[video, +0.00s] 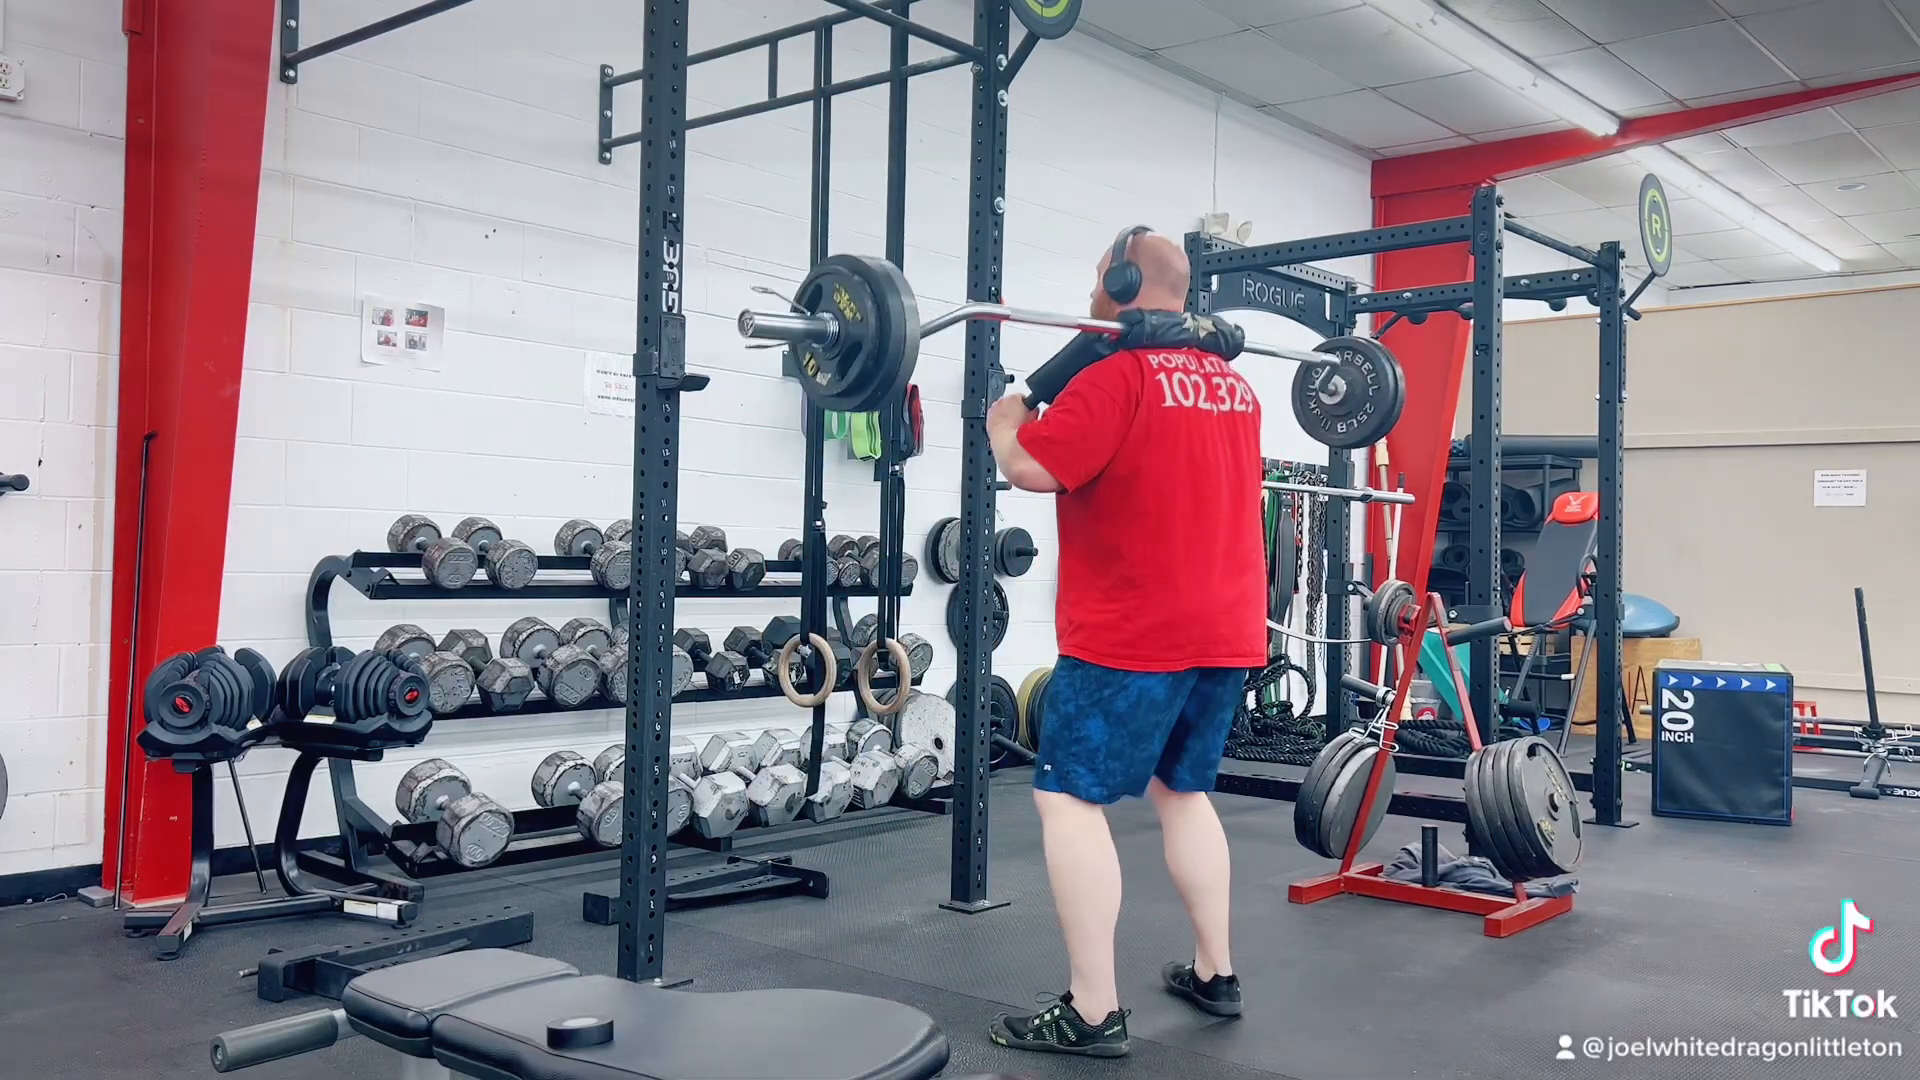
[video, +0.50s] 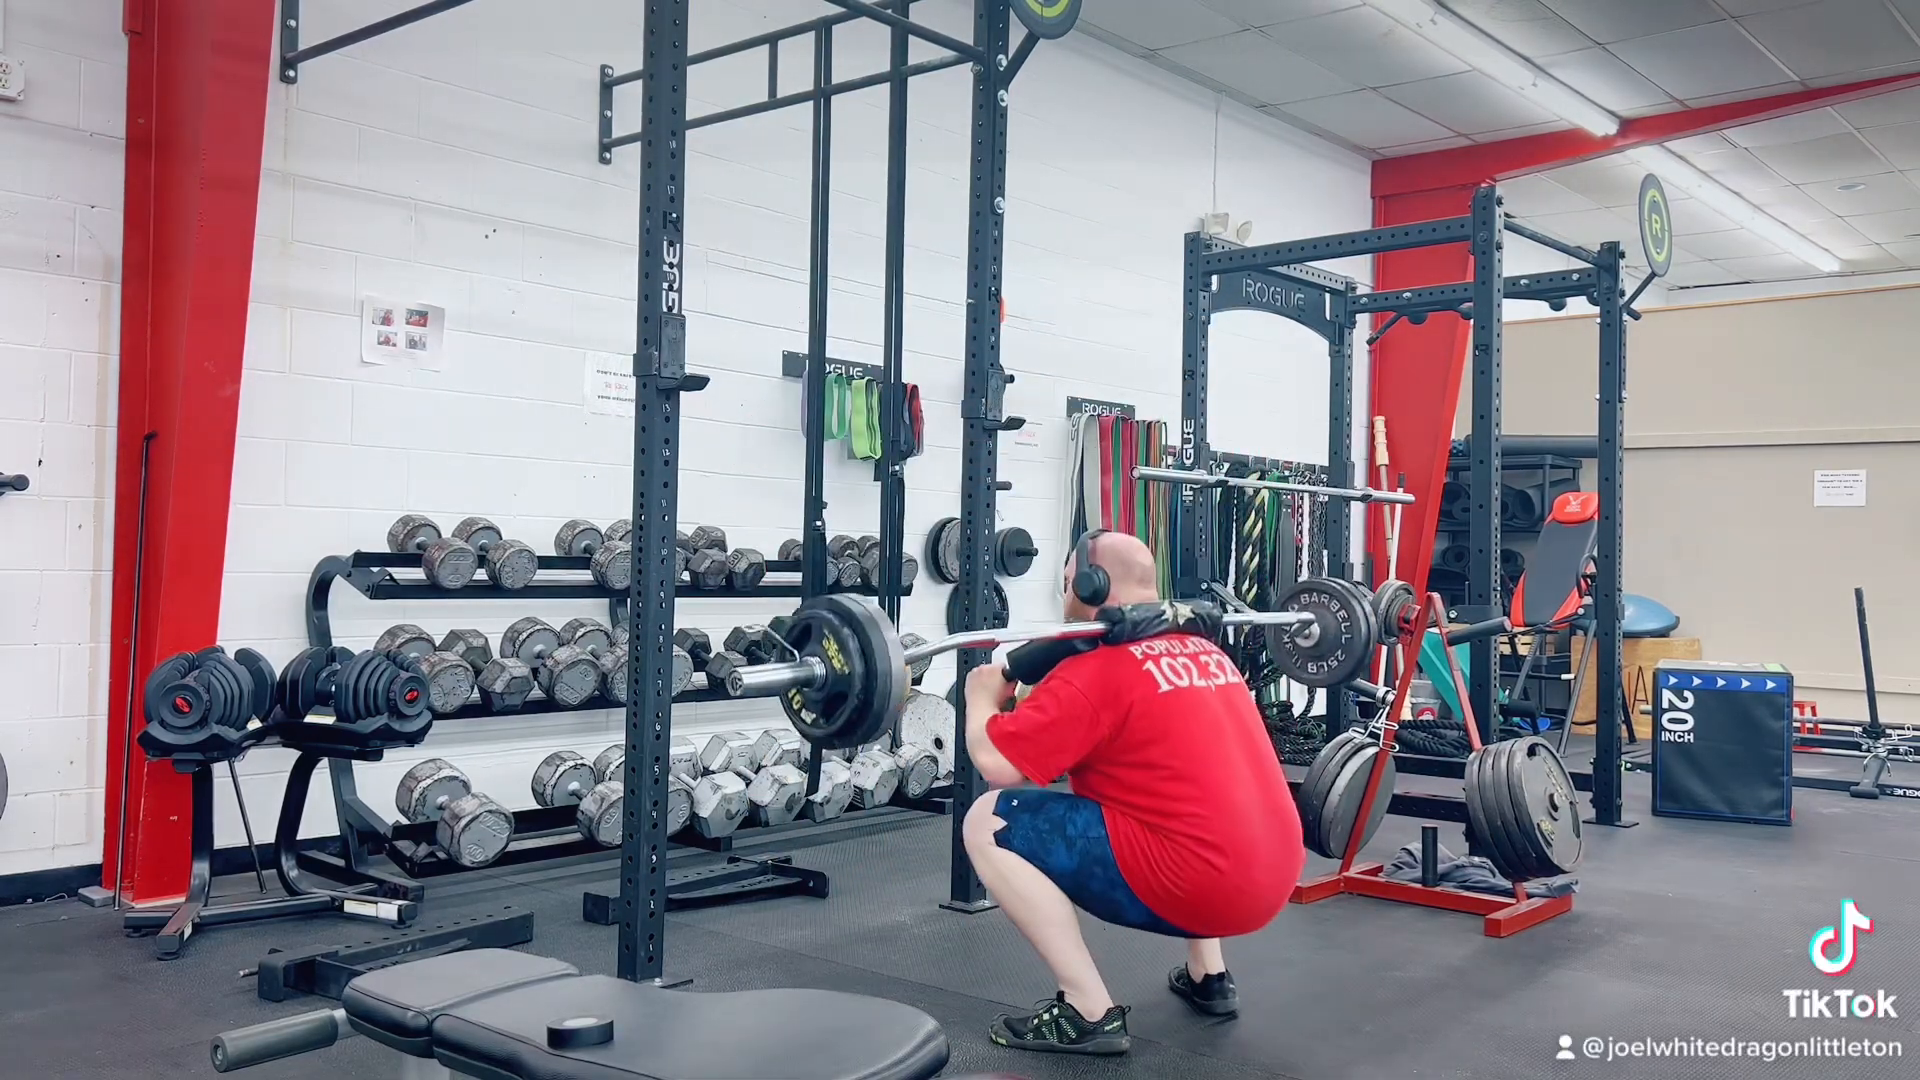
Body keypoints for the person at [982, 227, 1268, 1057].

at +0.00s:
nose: (1091, 301)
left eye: (1096, 289)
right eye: (1097, 287)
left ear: (1114, 298)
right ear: (1181, 301)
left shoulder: (1118, 372)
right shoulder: (1233, 381)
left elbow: (1030, 467)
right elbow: (1238, 498)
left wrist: (1005, 422)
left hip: (1131, 633)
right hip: (1230, 632)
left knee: (1066, 791)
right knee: (1184, 787)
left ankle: (1093, 1008)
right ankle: (1216, 972)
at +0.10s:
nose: (1078, 358)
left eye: (1083, 345)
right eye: (1082, 344)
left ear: (1103, 352)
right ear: (1167, 352)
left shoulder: (1112, 429)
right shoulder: (1223, 430)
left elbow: (1015, 526)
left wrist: (994, 471)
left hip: (1142, 667)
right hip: (1243, 669)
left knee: (1034, 799)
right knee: (1176, 792)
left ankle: (1091, 1007)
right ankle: (1215, 974)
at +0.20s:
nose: (1067, 436)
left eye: (1072, 422)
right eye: (1070, 423)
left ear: (1092, 429)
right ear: (1158, 430)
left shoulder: (1108, 504)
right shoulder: (1212, 497)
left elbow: (1006, 597)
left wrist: (990, 540)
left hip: (1160, 728)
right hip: (1261, 730)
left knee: (1014, 810)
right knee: (1172, 808)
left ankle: (1090, 1009)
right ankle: (1214, 975)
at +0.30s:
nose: (1066, 508)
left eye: (1069, 497)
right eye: (1072, 497)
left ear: (1081, 500)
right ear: (1154, 500)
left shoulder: (1103, 572)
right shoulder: (1203, 560)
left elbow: (997, 665)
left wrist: (981, 605)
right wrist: (1069, 567)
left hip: (1186, 789)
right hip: (1275, 789)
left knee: (999, 812)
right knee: (1155, 798)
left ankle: (1089, 1009)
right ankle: (1213, 973)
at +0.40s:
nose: (1066, 560)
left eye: (1069, 549)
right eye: (1071, 548)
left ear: (1082, 556)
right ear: (1149, 555)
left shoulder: (1101, 627)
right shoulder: (1201, 612)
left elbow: (995, 723)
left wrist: (978, 660)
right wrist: (1075, 615)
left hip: (1190, 845)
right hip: (1274, 843)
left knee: (988, 820)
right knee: (1156, 784)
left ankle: (1088, 1009)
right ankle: (1211, 973)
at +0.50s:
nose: (1064, 594)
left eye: (1068, 581)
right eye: (1067, 580)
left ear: (1087, 589)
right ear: (1150, 589)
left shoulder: (1098, 669)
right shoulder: (1204, 649)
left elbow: (998, 763)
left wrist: (981, 699)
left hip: (1192, 889)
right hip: (1271, 882)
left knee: (987, 821)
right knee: (1161, 795)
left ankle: (1088, 1009)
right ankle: (1208, 971)